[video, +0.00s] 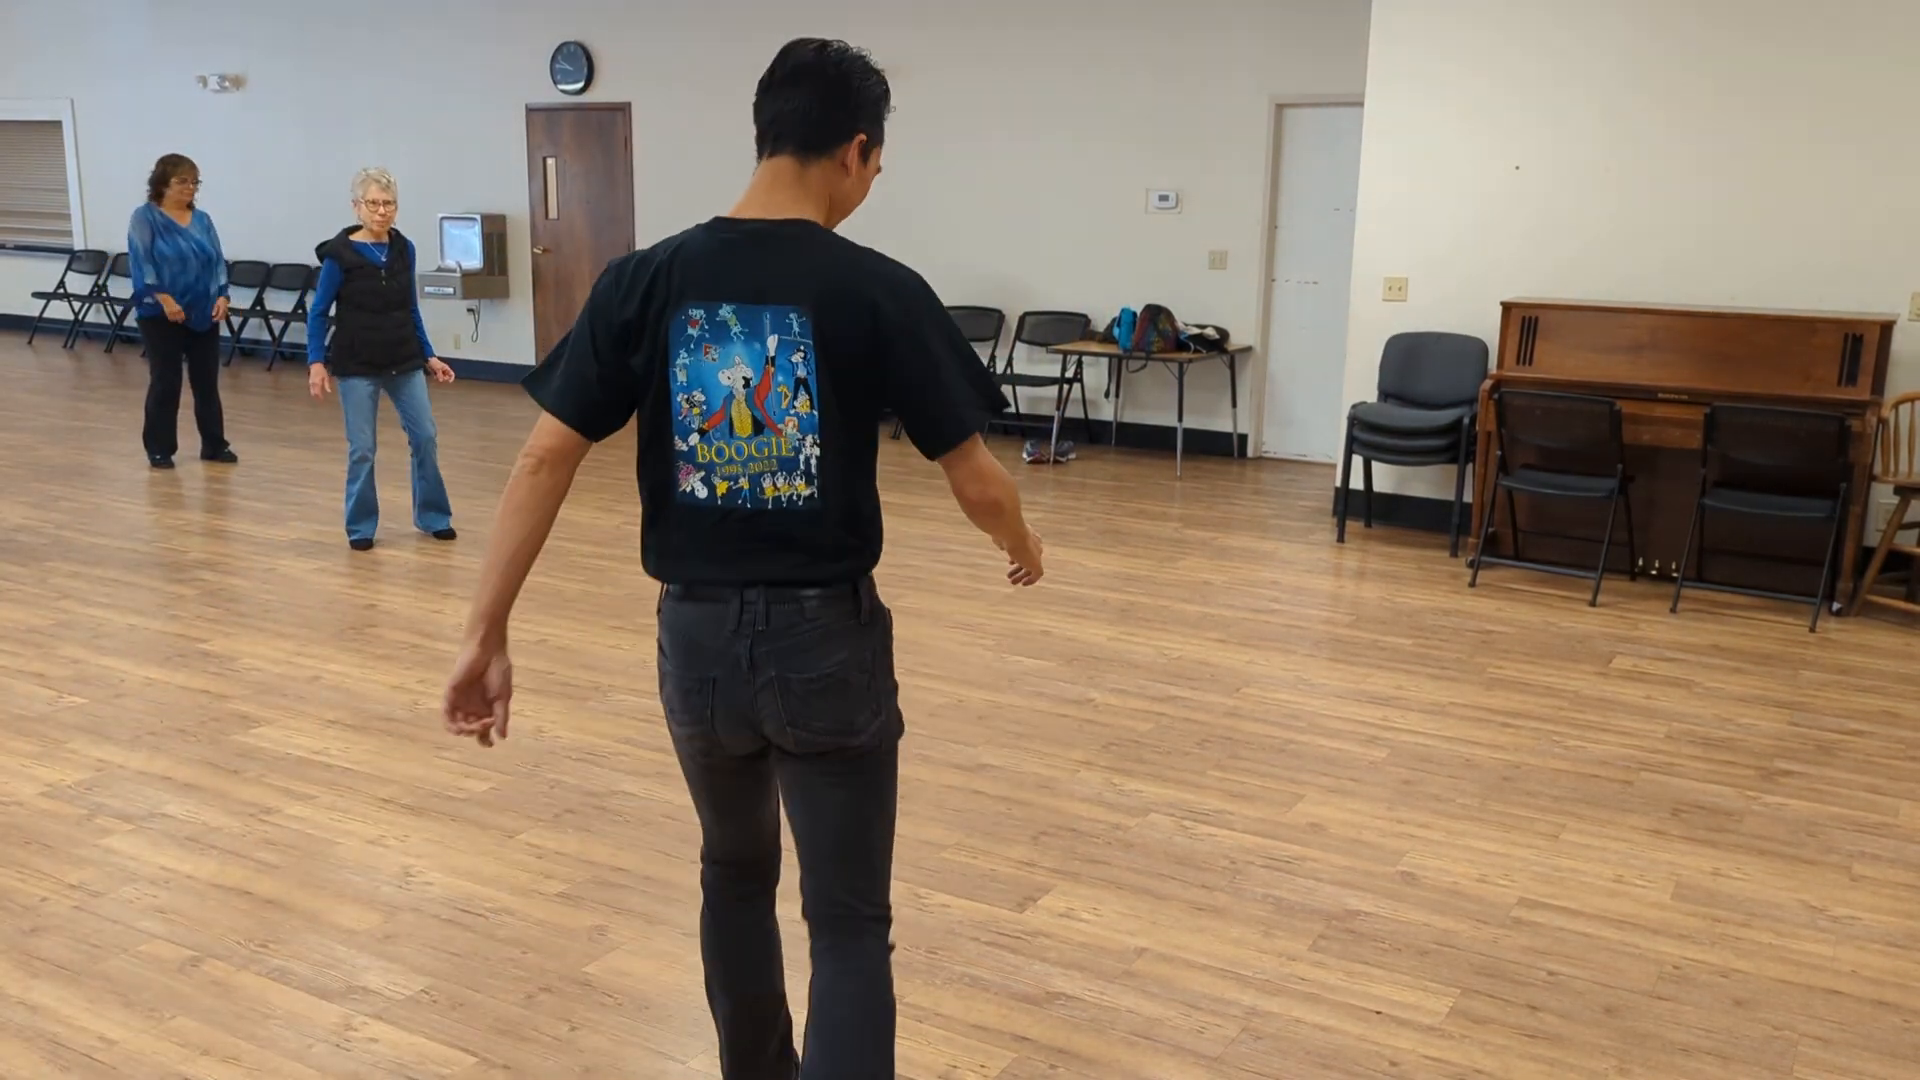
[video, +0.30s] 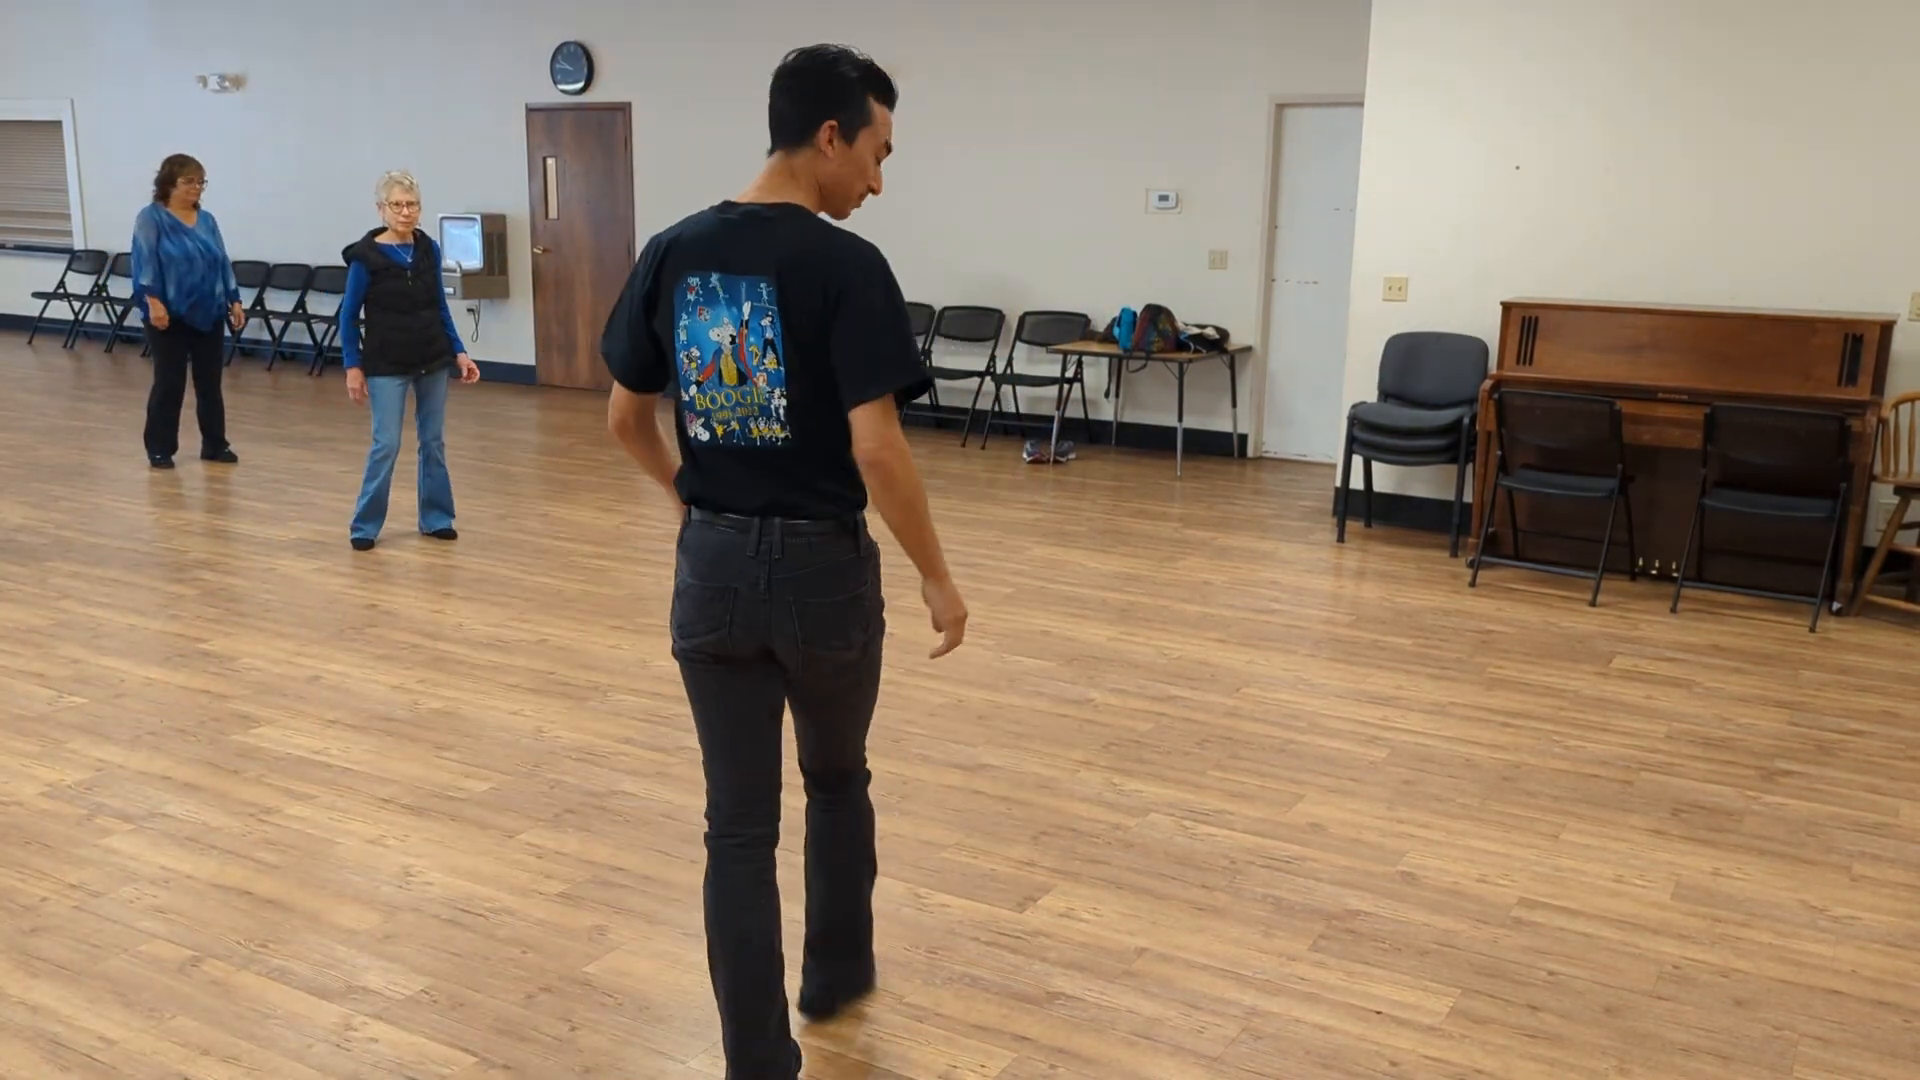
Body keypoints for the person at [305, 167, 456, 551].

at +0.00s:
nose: (382, 210)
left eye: (388, 203)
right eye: (373, 204)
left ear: (396, 207)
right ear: (357, 206)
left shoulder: (403, 249)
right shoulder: (340, 253)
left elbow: (411, 309)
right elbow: (318, 312)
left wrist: (429, 356)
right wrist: (316, 362)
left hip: (405, 361)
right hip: (356, 365)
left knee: (425, 436)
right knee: (362, 449)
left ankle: (434, 517)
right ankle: (361, 528)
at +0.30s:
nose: (406, 212)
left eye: (412, 205)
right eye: (397, 205)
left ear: (420, 208)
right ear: (382, 208)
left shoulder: (428, 249)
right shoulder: (367, 254)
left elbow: (440, 306)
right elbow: (348, 314)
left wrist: (459, 352)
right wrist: (352, 366)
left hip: (434, 360)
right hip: (387, 363)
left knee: (433, 443)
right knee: (387, 444)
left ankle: (436, 519)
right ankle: (365, 527)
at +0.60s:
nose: (422, 211)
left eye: (428, 205)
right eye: (413, 205)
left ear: (436, 208)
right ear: (399, 209)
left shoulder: (445, 249)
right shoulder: (383, 253)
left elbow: (457, 308)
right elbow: (365, 312)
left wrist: (474, 355)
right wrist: (369, 364)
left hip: (447, 358)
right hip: (401, 361)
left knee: (440, 440)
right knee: (408, 439)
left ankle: (438, 519)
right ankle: (393, 523)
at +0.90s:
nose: (428, 212)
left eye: (434, 205)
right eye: (419, 205)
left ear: (441, 209)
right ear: (405, 209)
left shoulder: (448, 250)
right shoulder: (387, 253)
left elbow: (457, 309)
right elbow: (367, 311)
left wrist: (470, 358)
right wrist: (372, 361)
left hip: (449, 357)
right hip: (404, 358)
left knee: (444, 436)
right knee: (428, 432)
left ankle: (438, 516)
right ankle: (410, 499)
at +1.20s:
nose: (426, 210)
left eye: (432, 203)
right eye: (417, 204)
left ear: (439, 208)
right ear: (403, 208)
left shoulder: (447, 249)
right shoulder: (386, 253)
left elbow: (457, 309)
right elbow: (367, 311)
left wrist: (470, 358)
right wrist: (371, 363)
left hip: (449, 356)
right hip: (404, 358)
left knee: (445, 437)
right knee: (434, 431)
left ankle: (437, 517)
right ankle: (410, 465)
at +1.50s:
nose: (422, 210)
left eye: (428, 203)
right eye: (413, 204)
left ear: (436, 208)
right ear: (400, 209)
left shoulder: (445, 250)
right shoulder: (383, 254)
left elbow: (455, 308)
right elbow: (361, 311)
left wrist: (469, 357)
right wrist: (369, 358)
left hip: (449, 356)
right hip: (404, 358)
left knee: (445, 436)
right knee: (438, 429)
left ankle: (437, 518)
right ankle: (409, 484)